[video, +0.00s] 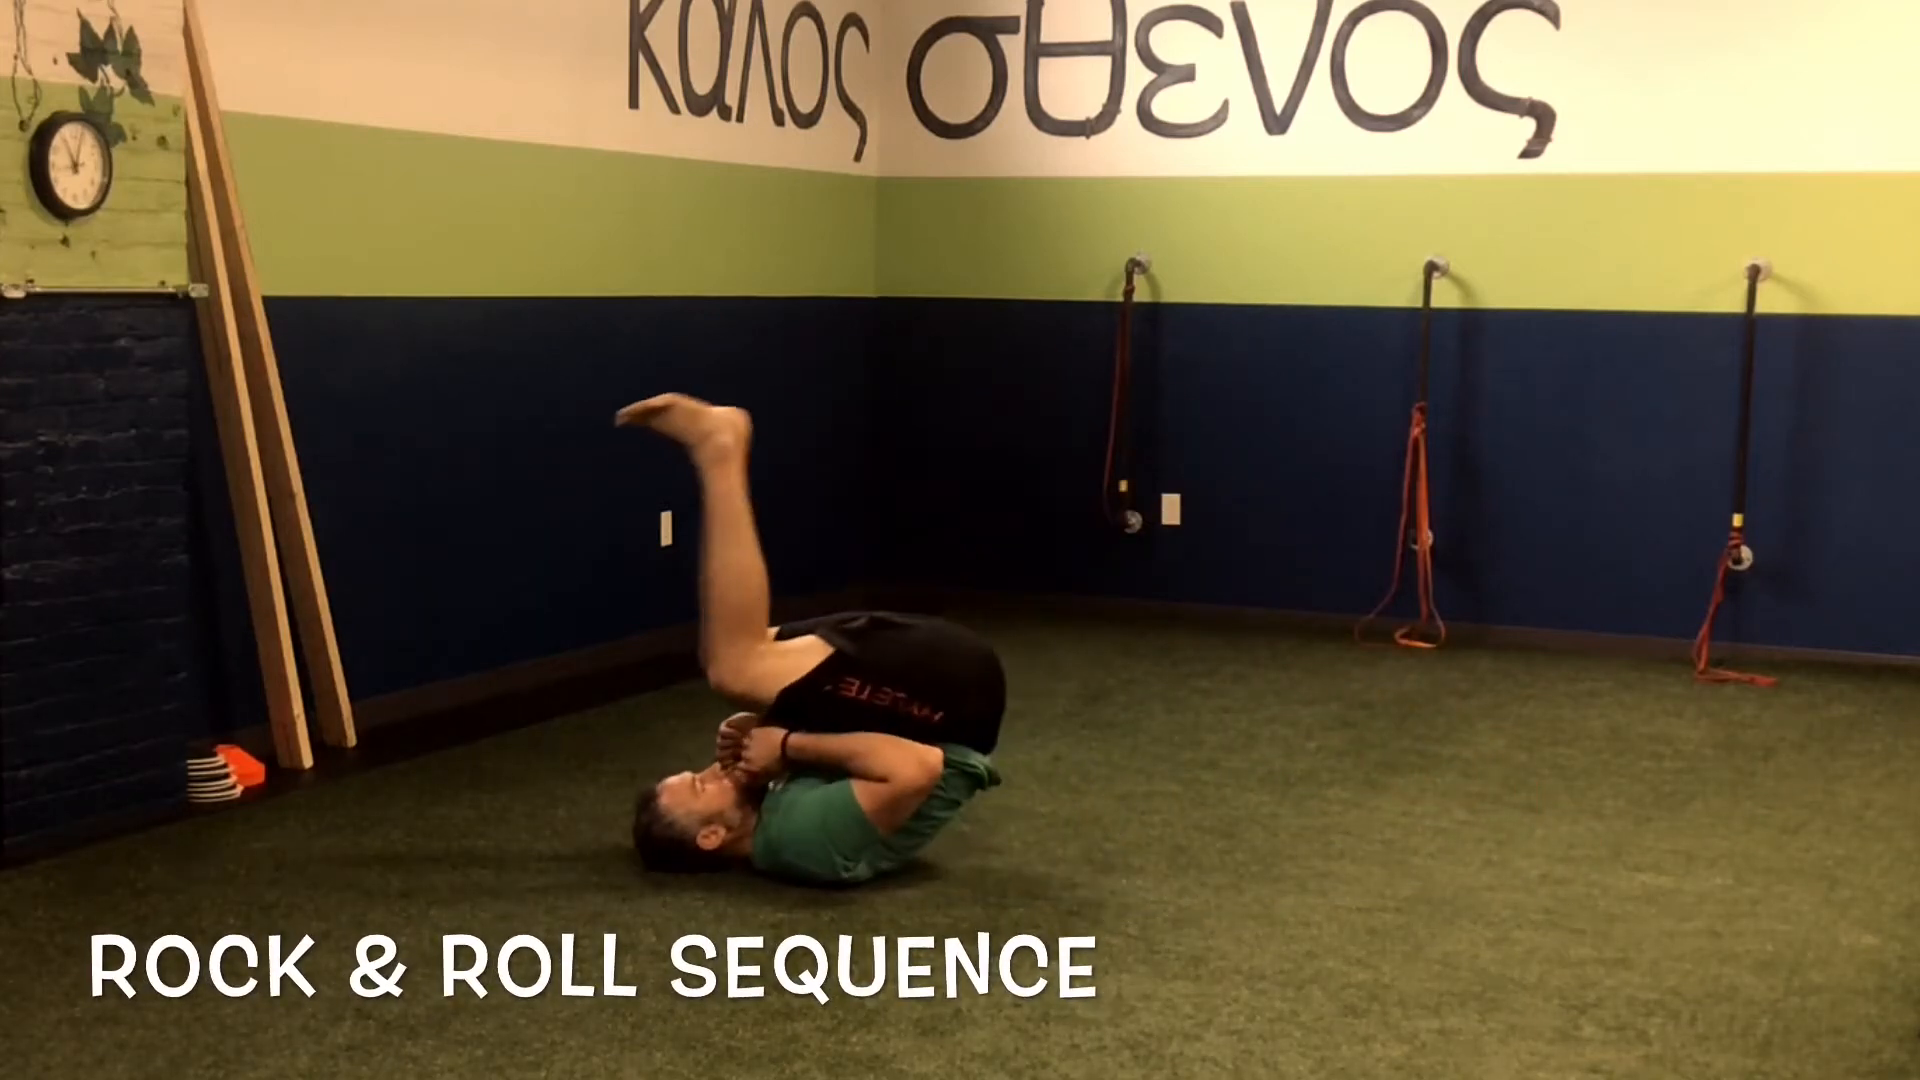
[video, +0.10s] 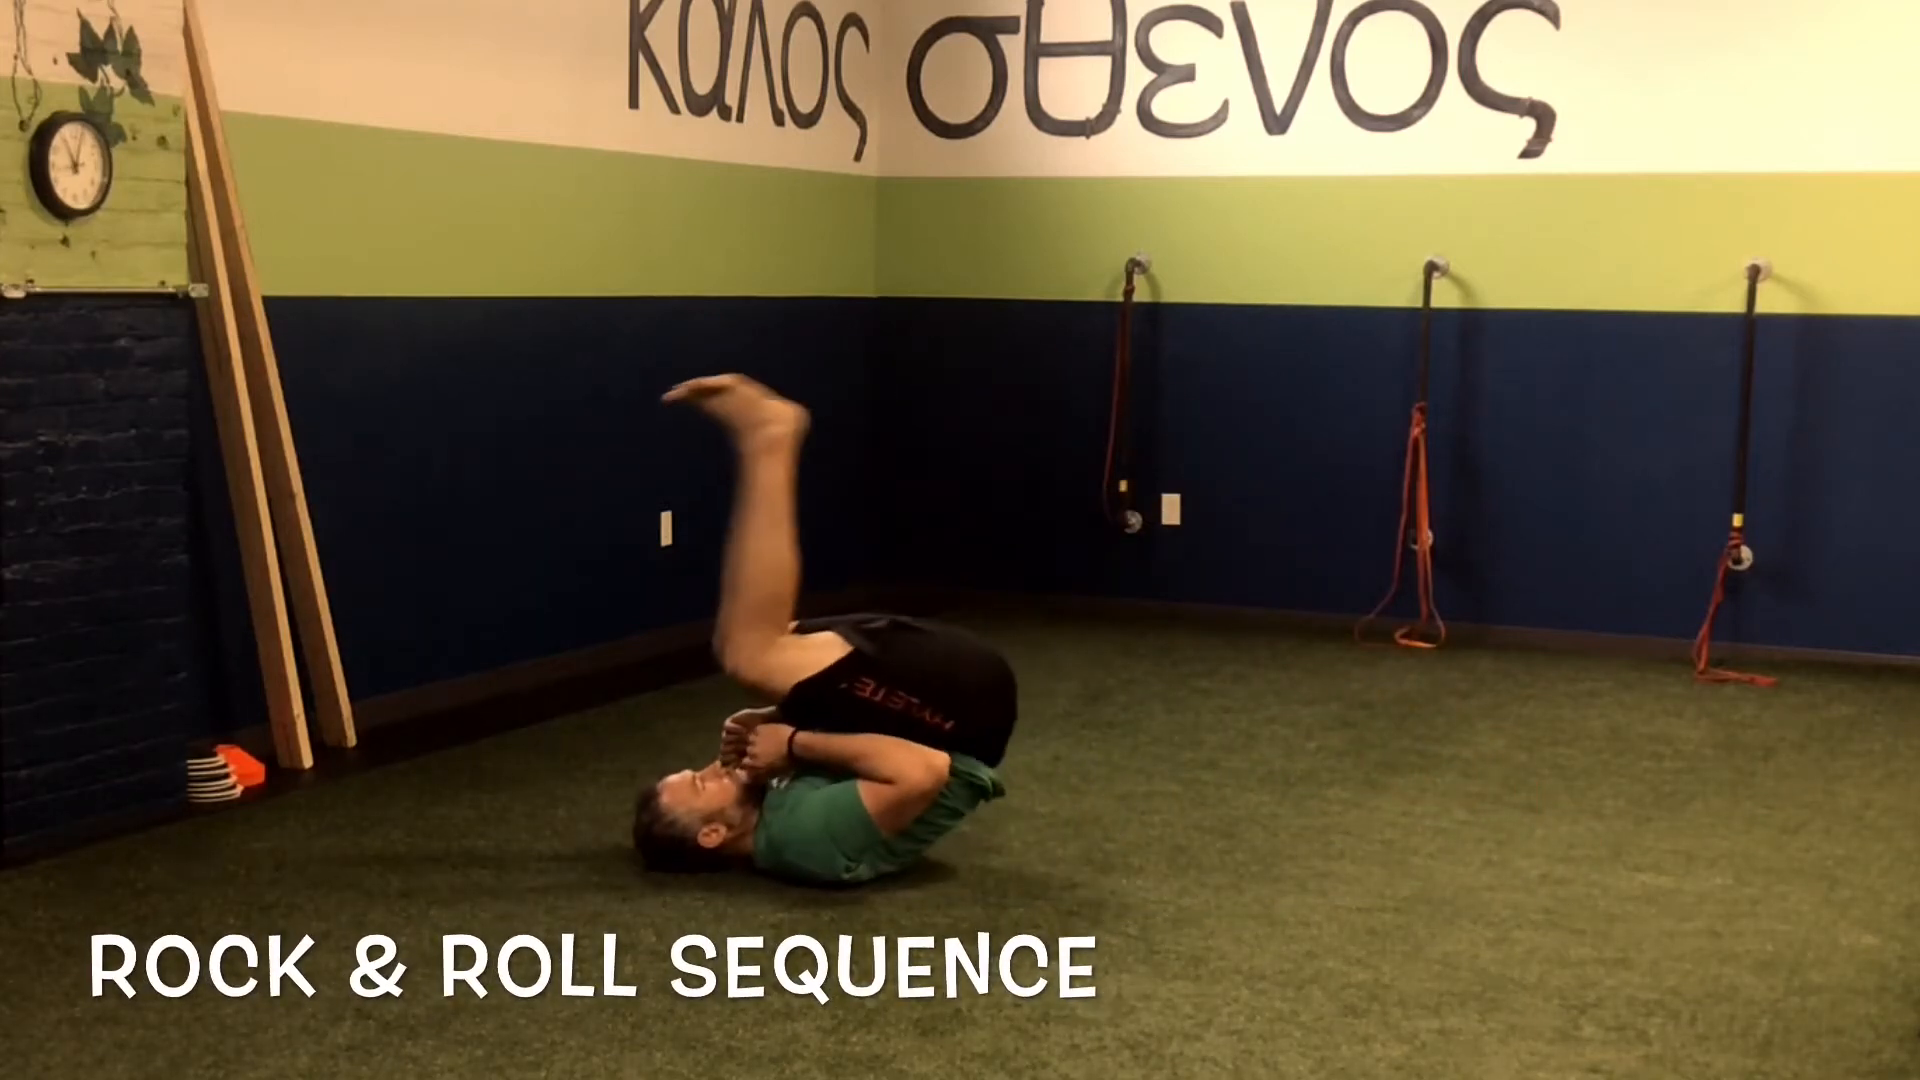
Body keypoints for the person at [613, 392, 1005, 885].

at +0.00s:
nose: (713, 771)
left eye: (696, 775)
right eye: (701, 786)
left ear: (717, 834)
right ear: (714, 835)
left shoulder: (767, 817)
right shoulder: (797, 839)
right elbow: (918, 769)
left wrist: (758, 736)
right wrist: (784, 747)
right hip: (965, 689)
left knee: (738, 653)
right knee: (735, 665)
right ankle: (719, 446)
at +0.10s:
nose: (710, 769)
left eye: (694, 773)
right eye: (697, 783)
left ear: (713, 834)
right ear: (713, 834)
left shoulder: (770, 815)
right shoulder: (797, 837)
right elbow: (926, 771)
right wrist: (793, 744)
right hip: (971, 701)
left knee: (744, 644)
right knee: (751, 652)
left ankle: (767, 435)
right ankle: (770, 433)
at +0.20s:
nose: (716, 762)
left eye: (699, 766)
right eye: (701, 777)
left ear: (715, 829)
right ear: (715, 829)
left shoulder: (774, 813)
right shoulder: (801, 835)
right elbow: (935, 777)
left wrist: (788, 722)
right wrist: (805, 743)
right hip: (984, 722)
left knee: (770, 631)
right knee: (775, 636)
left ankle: (832, 430)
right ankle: (841, 428)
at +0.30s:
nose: (725, 747)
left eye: (708, 750)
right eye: (711, 764)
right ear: (722, 815)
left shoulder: (787, 804)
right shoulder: (803, 829)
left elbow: (884, 719)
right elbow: (944, 786)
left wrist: (804, 717)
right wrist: (821, 739)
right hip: (1004, 743)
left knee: (811, 617)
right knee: (810, 622)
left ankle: (923, 433)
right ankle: (921, 434)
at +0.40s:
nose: (752, 726)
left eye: (732, 728)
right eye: (732, 739)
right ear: (734, 791)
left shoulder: (800, 789)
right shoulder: (808, 822)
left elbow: (906, 731)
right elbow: (961, 794)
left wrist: (827, 707)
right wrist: (840, 729)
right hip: (1020, 779)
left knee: (858, 597)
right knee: (860, 606)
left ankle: (1007, 454)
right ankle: (1021, 458)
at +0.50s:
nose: (779, 693)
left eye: (759, 691)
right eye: (758, 704)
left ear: (761, 759)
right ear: (756, 760)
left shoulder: (815, 770)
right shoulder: (823, 803)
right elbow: (981, 801)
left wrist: (876, 705)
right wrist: (878, 716)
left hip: (1013, 776)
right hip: (1036, 795)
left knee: (919, 589)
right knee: (923, 594)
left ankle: (1103, 496)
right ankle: (1122, 506)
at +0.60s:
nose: (828, 664)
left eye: (813, 655)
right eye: (806, 665)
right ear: (784, 712)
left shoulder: (846, 742)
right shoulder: (847, 773)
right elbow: (1006, 804)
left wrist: (908, 693)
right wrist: (928, 702)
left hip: (1038, 810)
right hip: (1057, 829)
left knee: (993, 587)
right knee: (1001, 597)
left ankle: (1199, 562)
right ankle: (1218, 577)